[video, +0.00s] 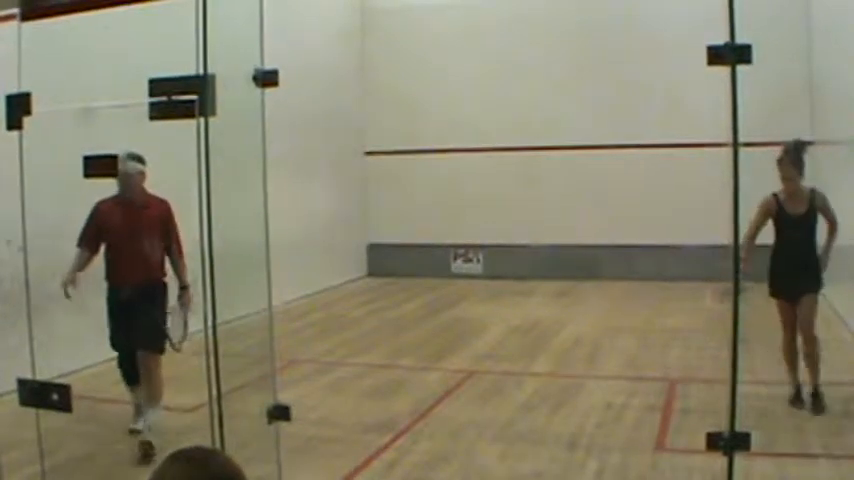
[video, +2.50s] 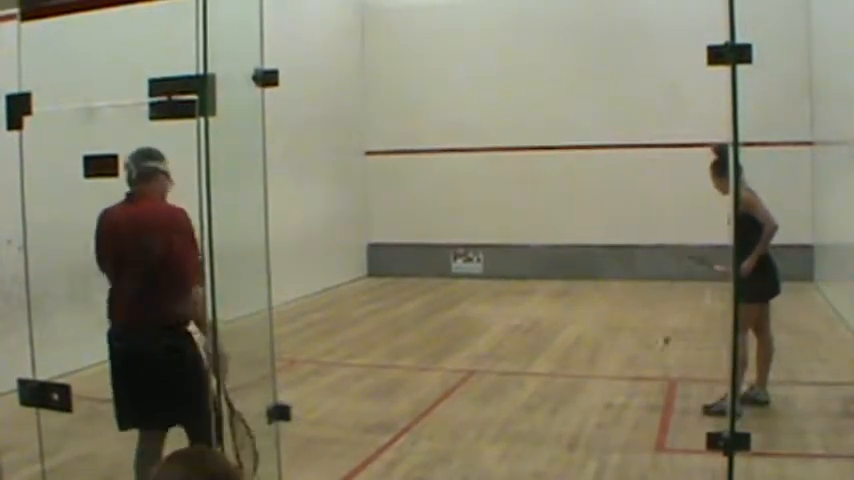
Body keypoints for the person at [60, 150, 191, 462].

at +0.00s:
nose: (130, 182)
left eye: (135, 176)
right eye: (125, 177)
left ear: (144, 177)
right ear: (118, 178)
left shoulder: (160, 209)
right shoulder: (105, 210)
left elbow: (174, 251)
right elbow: (89, 246)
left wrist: (184, 287)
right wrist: (74, 270)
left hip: (152, 290)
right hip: (119, 291)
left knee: (149, 353)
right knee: (126, 355)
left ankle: (153, 413)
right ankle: (139, 409)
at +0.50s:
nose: (125, 183)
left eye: (132, 177)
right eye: (120, 177)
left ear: (143, 178)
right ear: (112, 178)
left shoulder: (159, 214)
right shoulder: (97, 215)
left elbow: (176, 261)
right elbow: (87, 265)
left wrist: (180, 299)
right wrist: (82, 302)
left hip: (147, 306)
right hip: (108, 307)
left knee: (147, 377)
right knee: (109, 382)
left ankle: (146, 441)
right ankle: (109, 459)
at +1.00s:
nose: (128, 181)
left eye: (136, 175)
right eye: (122, 174)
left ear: (147, 178)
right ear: (110, 174)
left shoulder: (159, 219)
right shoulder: (88, 219)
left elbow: (175, 272)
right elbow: (39, 258)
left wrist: (187, 300)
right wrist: (5, 266)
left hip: (149, 328)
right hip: (105, 330)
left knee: (156, 413)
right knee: (108, 415)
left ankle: (162, 475)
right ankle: (116, 473)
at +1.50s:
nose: (173, 196)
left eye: (179, 189)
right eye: (167, 186)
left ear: (183, 188)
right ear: (146, 177)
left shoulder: (180, 222)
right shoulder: (109, 222)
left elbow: (193, 283)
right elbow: (79, 280)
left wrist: (213, 314)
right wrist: (61, 287)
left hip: (173, 340)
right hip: (128, 346)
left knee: (179, 443)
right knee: (144, 450)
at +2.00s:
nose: (187, 195)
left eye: (189, 187)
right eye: (184, 185)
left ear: (164, 182)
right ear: (163, 180)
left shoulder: (152, 220)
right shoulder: (139, 226)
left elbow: (157, 286)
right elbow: (148, 304)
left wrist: (194, 299)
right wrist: (192, 341)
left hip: (147, 350)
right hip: (136, 354)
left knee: (158, 454)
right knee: (153, 456)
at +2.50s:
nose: (168, 186)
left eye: (167, 179)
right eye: (166, 179)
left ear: (132, 180)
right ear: (161, 180)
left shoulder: (110, 218)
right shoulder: (174, 217)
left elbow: (107, 267)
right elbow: (191, 286)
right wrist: (209, 336)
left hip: (127, 339)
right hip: (171, 339)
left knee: (151, 429)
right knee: (201, 429)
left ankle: (145, 477)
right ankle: (208, 479)